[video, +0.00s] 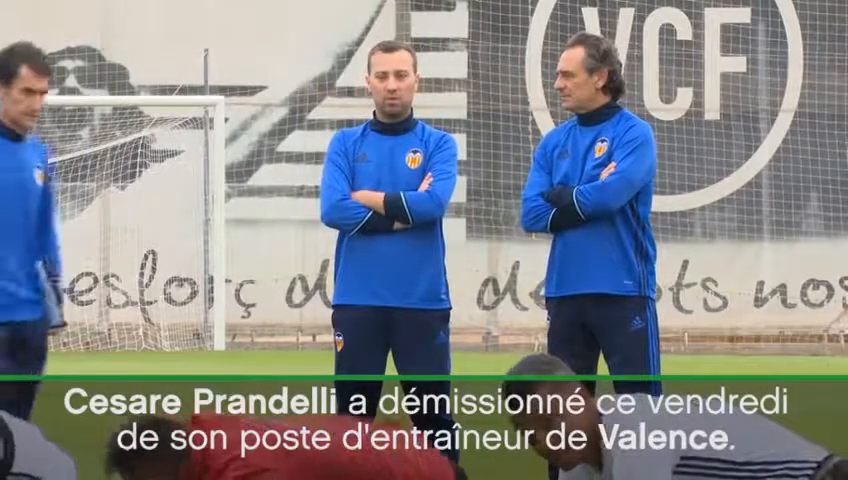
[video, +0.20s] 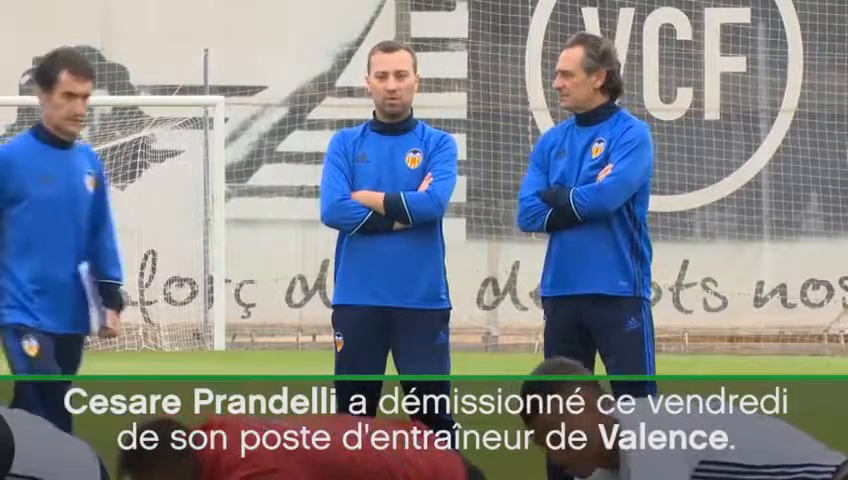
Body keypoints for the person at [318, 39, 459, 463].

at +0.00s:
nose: (392, 85)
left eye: (401, 76)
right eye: (382, 76)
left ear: (416, 82)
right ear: (369, 84)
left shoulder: (439, 143)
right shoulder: (345, 142)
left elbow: (433, 204)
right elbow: (332, 209)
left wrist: (361, 196)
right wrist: (404, 215)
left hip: (422, 301)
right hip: (357, 301)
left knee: (432, 417)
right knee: (352, 418)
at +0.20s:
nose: (392, 85)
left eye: (401, 76)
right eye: (382, 76)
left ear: (416, 82)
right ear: (368, 84)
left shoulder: (439, 142)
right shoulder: (344, 142)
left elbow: (434, 207)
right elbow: (332, 211)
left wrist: (362, 196)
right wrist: (408, 208)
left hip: (422, 300)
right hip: (357, 300)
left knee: (432, 415)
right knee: (353, 416)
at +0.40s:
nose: (391, 86)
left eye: (401, 76)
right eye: (381, 77)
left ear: (416, 82)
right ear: (368, 84)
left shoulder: (438, 143)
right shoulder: (344, 142)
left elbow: (433, 208)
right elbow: (333, 211)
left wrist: (365, 197)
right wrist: (406, 210)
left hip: (423, 303)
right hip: (357, 303)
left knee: (433, 421)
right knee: (352, 421)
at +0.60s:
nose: (391, 86)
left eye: (401, 76)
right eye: (381, 77)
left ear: (416, 82)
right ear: (368, 84)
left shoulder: (438, 143)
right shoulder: (344, 142)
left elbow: (434, 208)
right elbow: (333, 212)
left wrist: (365, 197)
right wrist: (406, 210)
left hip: (423, 303)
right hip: (357, 303)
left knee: (433, 422)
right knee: (352, 422)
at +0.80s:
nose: (391, 85)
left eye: (400, 76)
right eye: (381, 77)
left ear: (416, 83)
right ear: (368, 84)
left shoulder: (438, 143)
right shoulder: (344, 143)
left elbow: (433, 205)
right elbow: (332, 210)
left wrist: (363, 197)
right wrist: (403, 214)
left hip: (423, 302)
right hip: (357, 302)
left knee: (433, 419)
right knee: (352, 419)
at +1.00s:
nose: (391, 85)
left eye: (401, 76)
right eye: (381, 77)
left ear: (416, 82)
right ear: (368, 84)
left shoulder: (438, 143)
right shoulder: (344, 142)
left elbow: (432, 206)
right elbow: (338, 212)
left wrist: (363, 197)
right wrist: (406, 213)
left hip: (423, 302)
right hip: (360, 303)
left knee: (432, 415)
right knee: (351, 416)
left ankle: (443, 479)